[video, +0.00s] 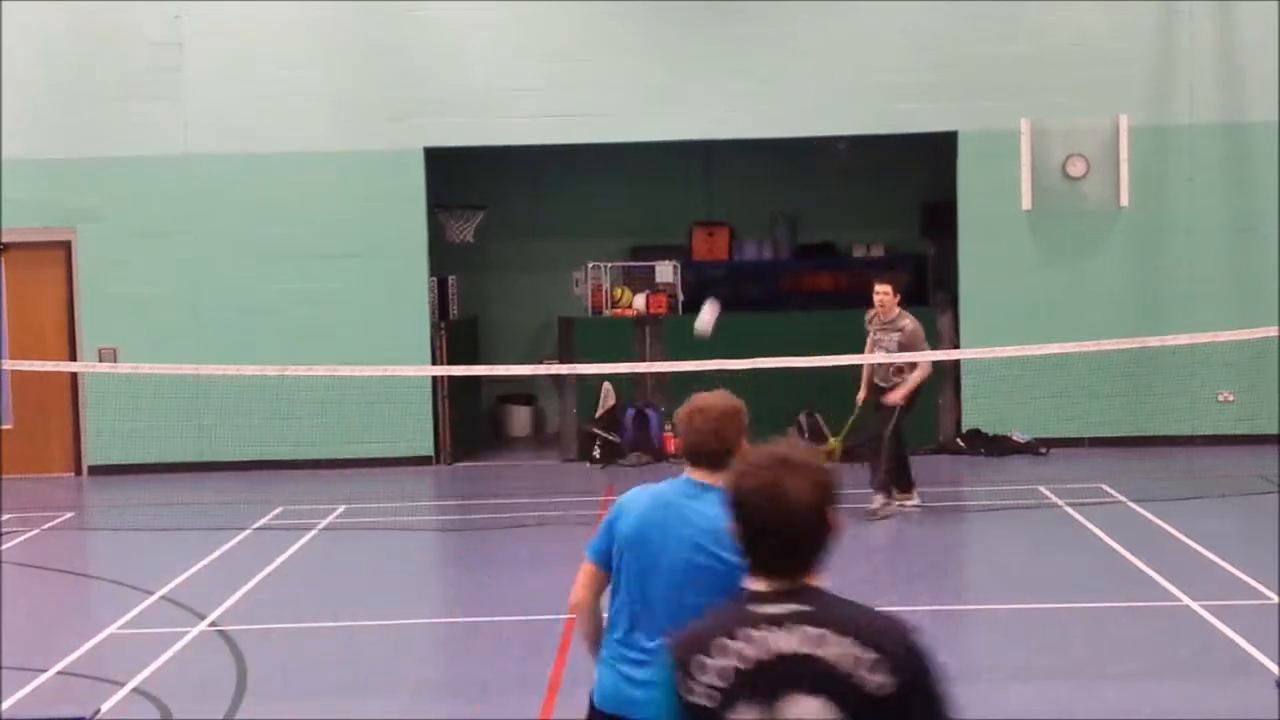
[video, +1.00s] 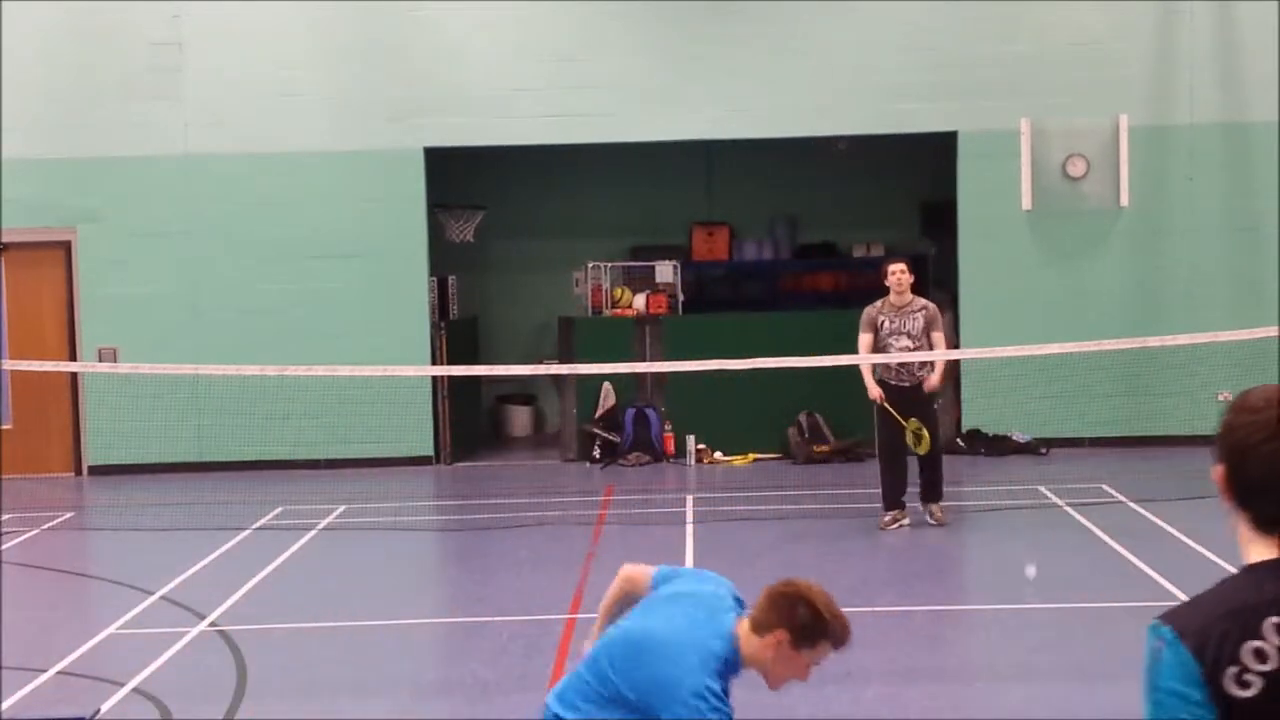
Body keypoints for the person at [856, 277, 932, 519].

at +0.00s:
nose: (880, 299)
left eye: (885, 294)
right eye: (877, 294)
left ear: (896, 298)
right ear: (873, 298)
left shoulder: (909, 326)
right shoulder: (873, 319)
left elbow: (925, 365)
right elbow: (869, 352)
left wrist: (902, 391)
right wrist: (864, 385)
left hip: (902, 387)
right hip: (879, 385)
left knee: (888, 434)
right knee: (892, 435)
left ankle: (882, 493)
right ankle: (905, 491)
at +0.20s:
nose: (894, 298)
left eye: (899, 293)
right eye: (890, 293)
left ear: (909, 296)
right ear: (885, 296)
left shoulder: (925, 325)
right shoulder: (881, 317)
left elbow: (940, 361)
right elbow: (876, 349)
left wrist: (940, 396)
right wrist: (861, 384)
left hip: (919, 394)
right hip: (890, 391)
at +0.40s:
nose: (905, 292)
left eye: (910, 287)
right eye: (901, 287)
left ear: (922, 291)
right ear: (897, 291)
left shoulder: (938, 320)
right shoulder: (892, 318)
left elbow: (952, 359)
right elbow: (882, 354)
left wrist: (941, 391)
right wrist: (868, 389)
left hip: (933, 389)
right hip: (902, 388)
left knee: (937, 444)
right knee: (894, 439)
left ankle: (950, 499)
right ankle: (901, 484)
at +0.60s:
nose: (907, 286)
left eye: (912, 281)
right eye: (902, 281)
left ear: (922, 284)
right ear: (896, 285)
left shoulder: (938, 314)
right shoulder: (887, 314)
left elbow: (953, 353)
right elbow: (878, 350)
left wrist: (945, 388)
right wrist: (871, 380)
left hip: (932, 387)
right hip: (900, 387)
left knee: (939, 445)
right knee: (897, 445)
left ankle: (950, 500)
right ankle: (900, 501)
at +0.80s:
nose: (899, 282)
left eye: (903, 277)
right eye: (895, 278)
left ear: (913, 283)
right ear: (888, 285)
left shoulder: (930, 314)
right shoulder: (875, 317)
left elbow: (941, 354)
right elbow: (865, 353)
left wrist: (947, 391)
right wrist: (865, 383)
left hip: (925, 389)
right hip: (890, 390)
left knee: (934, 447)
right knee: (890, 449)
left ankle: (945, 496)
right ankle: (895, 509)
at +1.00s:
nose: (898, 277)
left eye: (902, 273)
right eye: (893, 274)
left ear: (911, 278)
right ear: (886, 280)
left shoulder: (928, 309)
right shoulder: (873, 313)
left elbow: (939, 347)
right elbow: (864, 352)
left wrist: (937, 374)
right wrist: (870, 383)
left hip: (921, 387)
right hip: (888, 389)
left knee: (930, 447)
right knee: (889, 449)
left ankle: (932, 502)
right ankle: (894, 508)